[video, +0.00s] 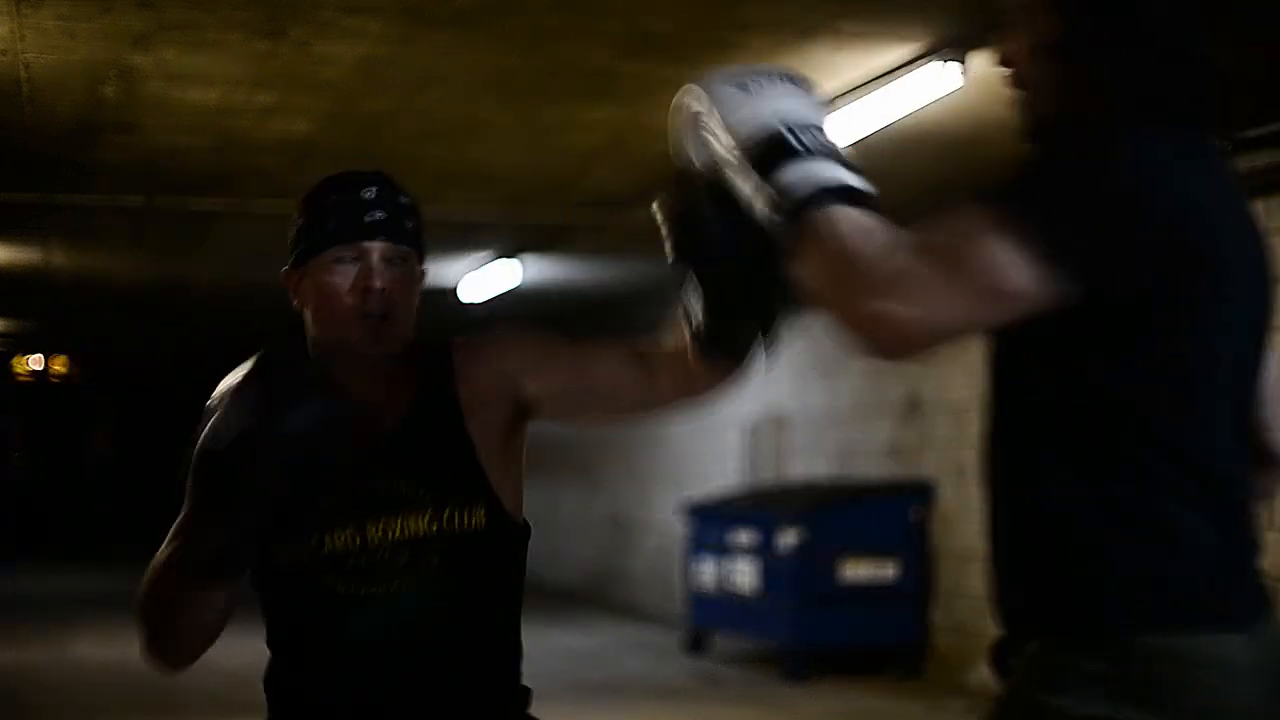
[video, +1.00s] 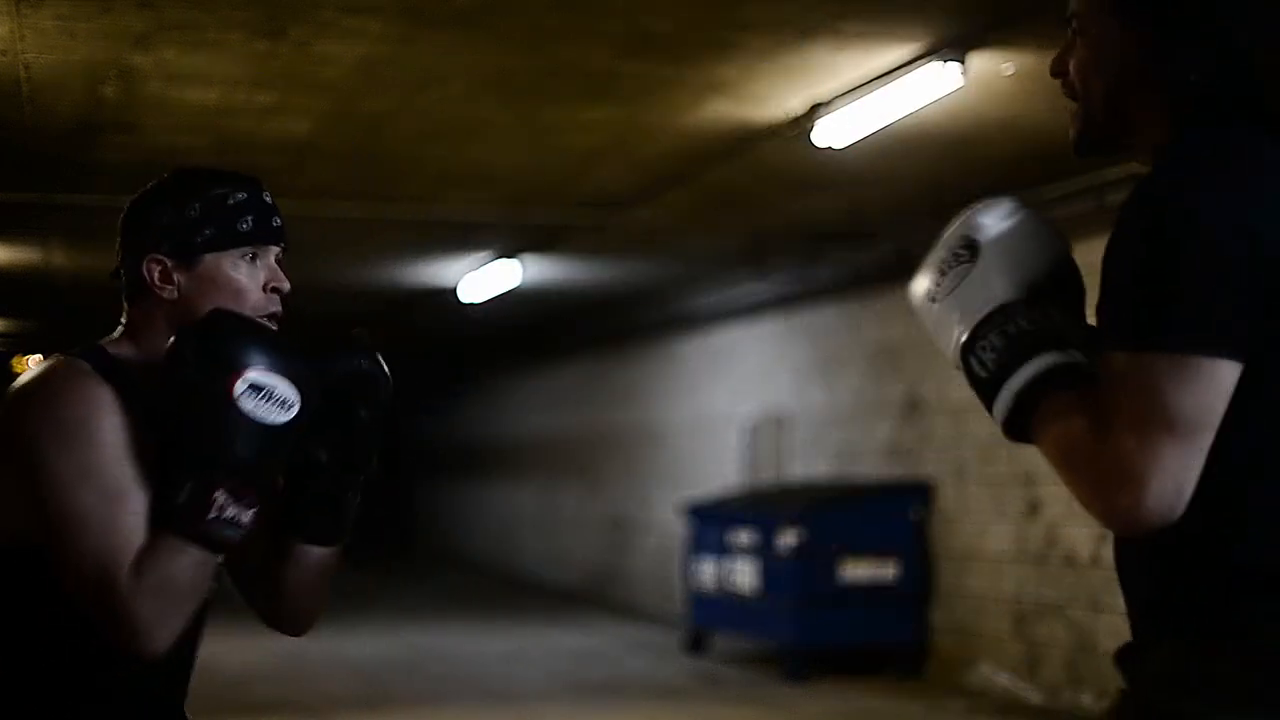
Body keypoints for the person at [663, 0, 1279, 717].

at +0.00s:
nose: (1006, 58)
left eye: (1025, 34)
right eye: (1008, 35)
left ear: (1083, 42)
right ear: (1141, 50)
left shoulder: (1110, 174)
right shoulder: (1213, 196)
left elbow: (896, 302)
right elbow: (1261, 433)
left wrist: (787, 151)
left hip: (1106, 658)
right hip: (1204, 649)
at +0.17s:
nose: (1077, 75)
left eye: (1098, 41)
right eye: (1086, 45)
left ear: (1173, 45)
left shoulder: (1233, 184)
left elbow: (1193, 430)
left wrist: (973, 351)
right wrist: (1091, 504)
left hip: (1227, 669)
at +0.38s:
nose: (1089, 71)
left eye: (1109, 37)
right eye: (1097, 41)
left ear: (1182, 45)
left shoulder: (1210, 182)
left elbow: (1254, 426)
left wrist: (1079, 557)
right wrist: (1119, 415)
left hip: (1241, 660)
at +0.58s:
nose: (1047, 54)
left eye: (1068, 21)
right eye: (1057, 25)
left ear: (1142, 29)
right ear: (1160, 37)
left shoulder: (1180, 173)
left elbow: (1139, 459)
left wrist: (917, 475)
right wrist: (1093, 386)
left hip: (1223, 667)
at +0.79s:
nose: (1048, 39)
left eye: (1071, 12)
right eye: (1058, 15)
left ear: (1141, 22)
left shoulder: (1164, 179)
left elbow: (1055, 463)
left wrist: (896, 350)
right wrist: (1015, 342)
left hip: (1221, 663)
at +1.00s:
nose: (1059, 66)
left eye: (1080, 28)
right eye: (1069, 33)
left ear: (1157, 34)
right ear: (1171, 40)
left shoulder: (1216, 180)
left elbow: (1141, 480)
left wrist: (1006, 333)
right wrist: (1058, 330)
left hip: (1228, 670)